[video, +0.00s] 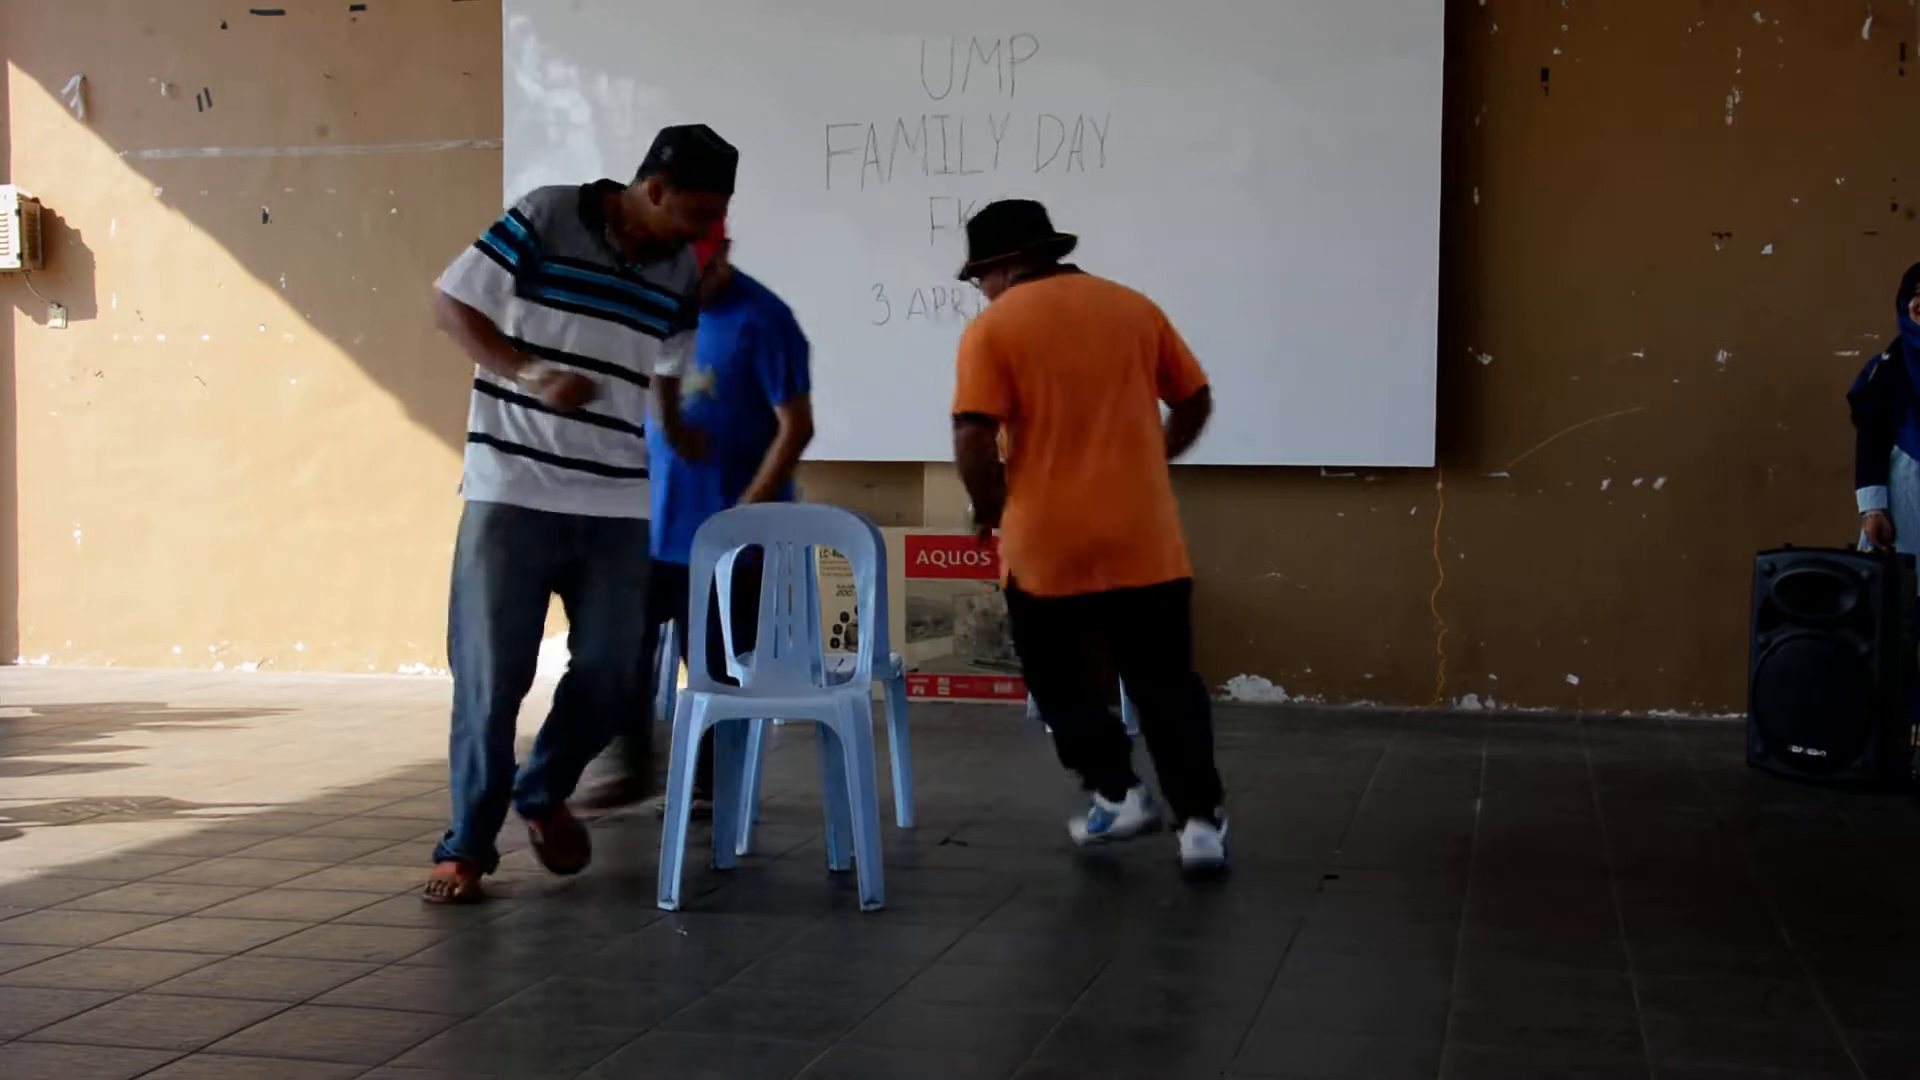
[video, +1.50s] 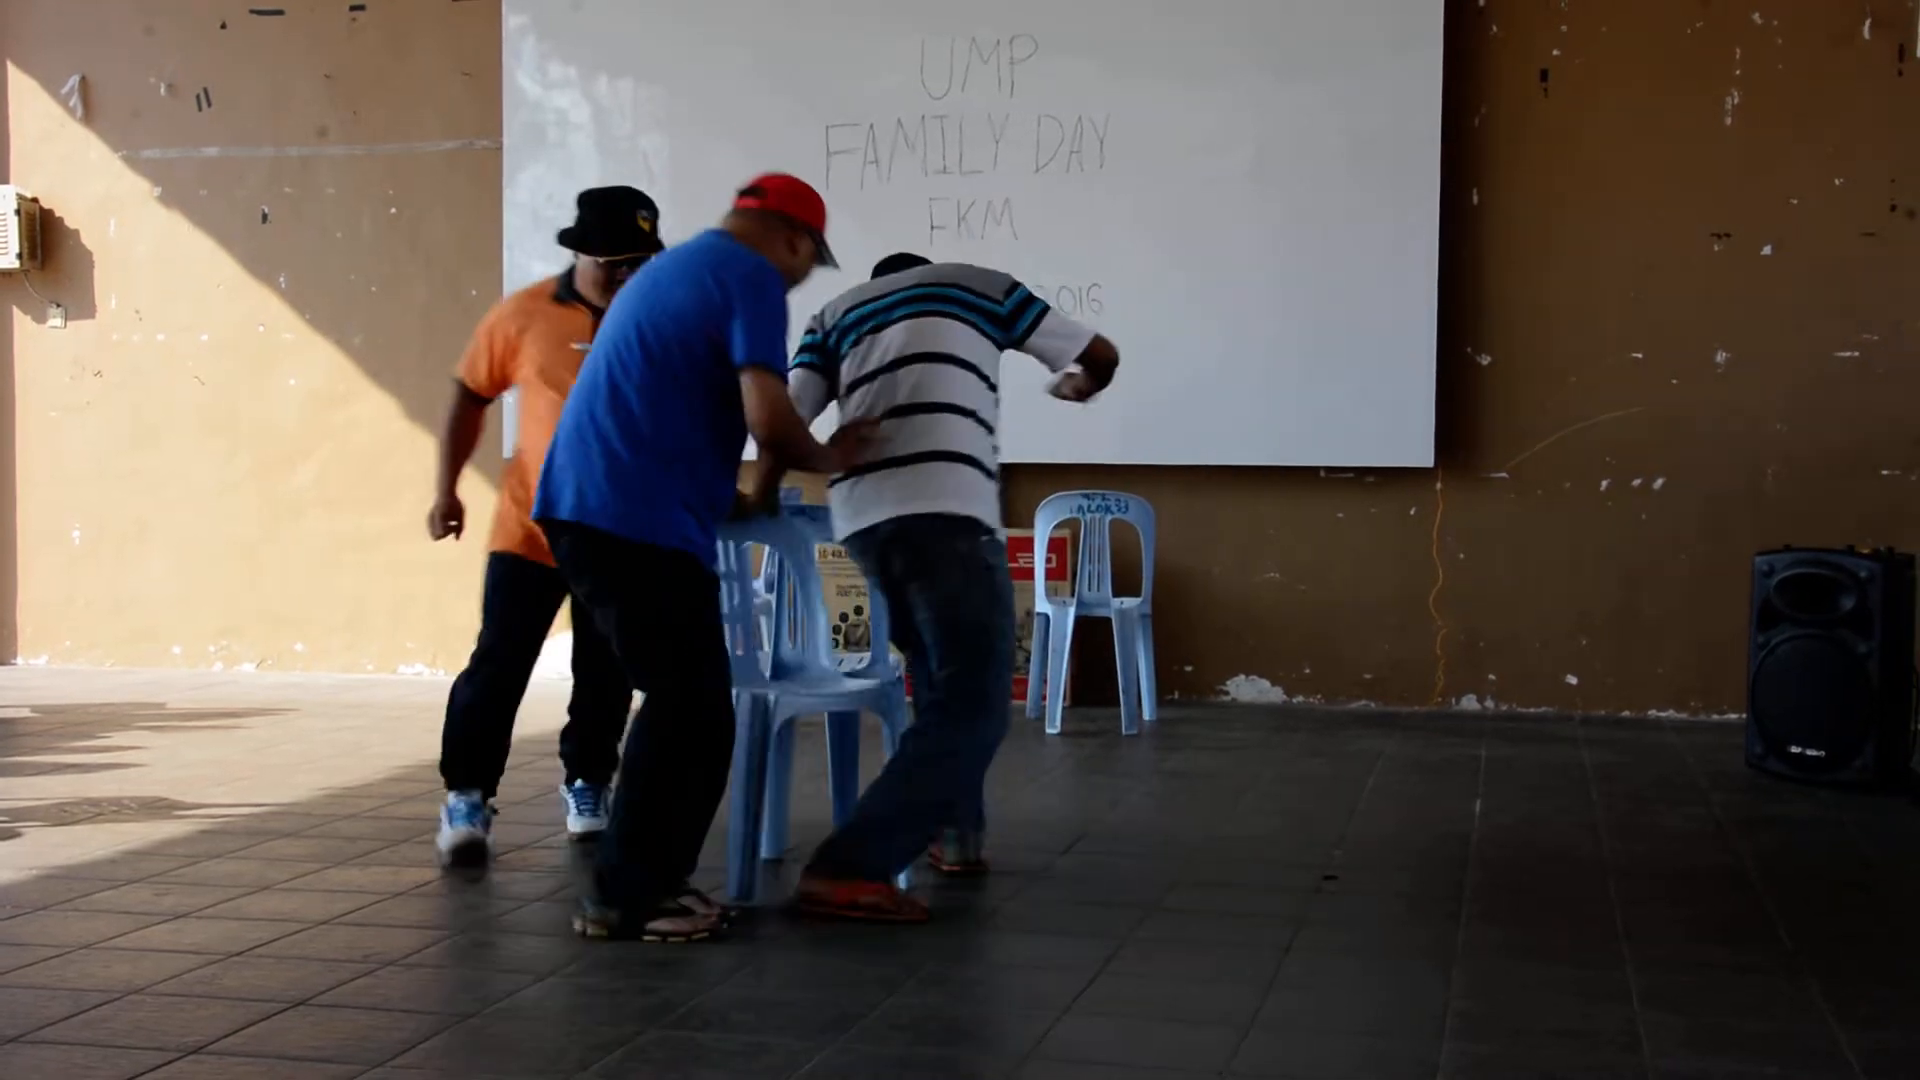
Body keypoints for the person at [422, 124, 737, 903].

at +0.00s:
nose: (694, 235)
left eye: (706, 222)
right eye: (690, 217)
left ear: (695, 205)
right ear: (651, 185)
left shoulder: (683, 270)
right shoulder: (547, 217)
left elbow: (666, 368)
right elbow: (454, 300)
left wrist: (674, 426)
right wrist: (524, 370)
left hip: (617, 507)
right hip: (511, 493)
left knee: (614, 674)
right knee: (491, 677)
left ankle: (540, 792)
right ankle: (465, 849)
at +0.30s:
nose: (776, 238)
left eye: (786, 223)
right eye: (779, 218)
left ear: (751, 195)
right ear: (744, 186)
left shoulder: (706, 268)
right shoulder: (637, 206)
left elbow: (683, 389)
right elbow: (552, 301)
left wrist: (717, 453)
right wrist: (639, 395)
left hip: (672, 506)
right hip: (591, 486)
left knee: (665, 702)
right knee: (608, 665)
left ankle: (574, 882)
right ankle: (492, 817)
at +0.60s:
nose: (861, 244)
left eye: (871, 231)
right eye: (868, 225)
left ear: (834, 195)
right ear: (844, 198)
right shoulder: (778, 197)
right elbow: (723, 269)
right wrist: (799, 372)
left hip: (705, 478)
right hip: (733, 476)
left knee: (775, 683)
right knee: (802, 682)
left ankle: (637, 837)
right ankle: (777, 902)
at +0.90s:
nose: (931, 235)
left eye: (927, 229)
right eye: (925, 222)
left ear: (855, 199)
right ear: (908, 204)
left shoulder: (781, 250)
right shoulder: (895, 211)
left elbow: (718, 379)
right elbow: (976, 316)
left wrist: (782, 431)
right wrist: (1000, 377)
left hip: (776, 489)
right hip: (850, 475)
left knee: (872, 677)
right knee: (951, 679)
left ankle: (856, 880)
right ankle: (899, 883)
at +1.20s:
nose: (975, 279)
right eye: (968, 266)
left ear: (892, 241)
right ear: (948, 245)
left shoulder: (824, 291)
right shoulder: (947, 255)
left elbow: (784, 428)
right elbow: (1046, 358)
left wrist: (811, 481)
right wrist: (1037, 408)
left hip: (828, 513)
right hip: (898, 499)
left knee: (942, 688)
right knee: (1001, 692)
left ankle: (944, 878)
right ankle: (923, 887)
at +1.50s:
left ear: (872, 277)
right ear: (931, 266)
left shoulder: (834, 314)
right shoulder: (978, 284)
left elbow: (782, 421)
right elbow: (1101, 353)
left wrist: (757, 493)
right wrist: (1076, 385)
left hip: (865, 521)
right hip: (949, 507)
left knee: (935, 682)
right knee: (974, 705)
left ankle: (957, 836)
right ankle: (846, 871)